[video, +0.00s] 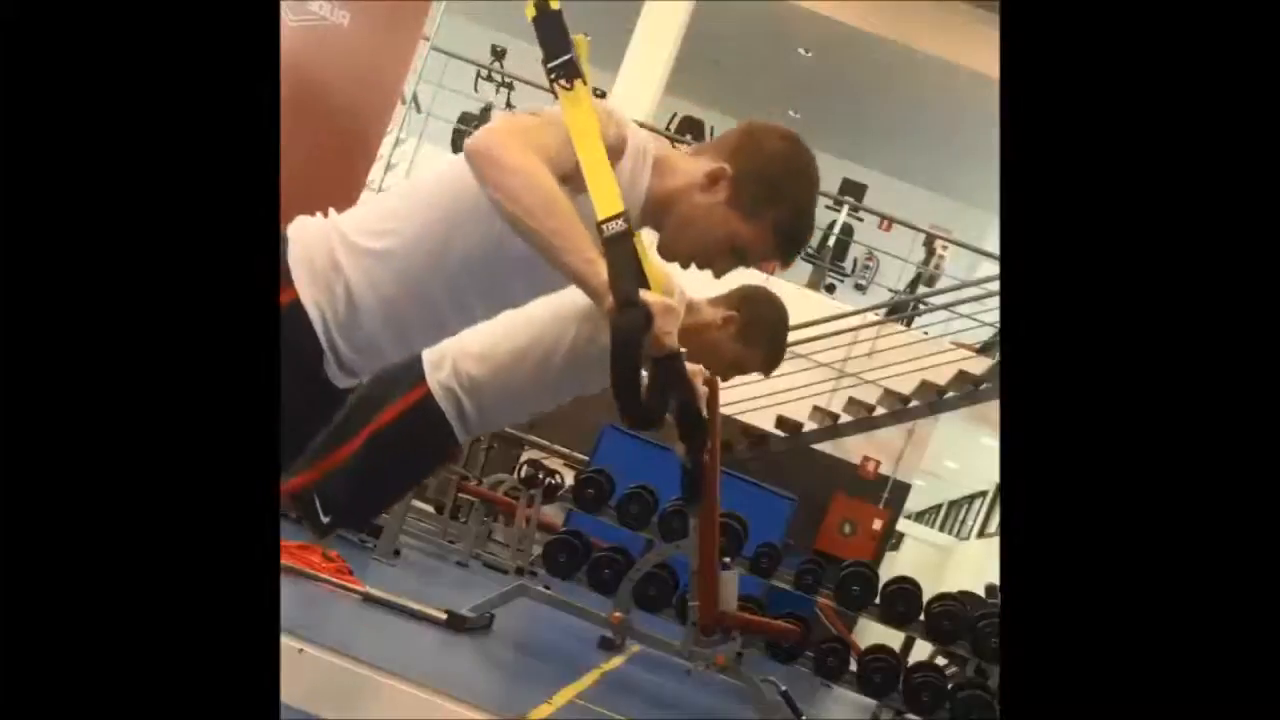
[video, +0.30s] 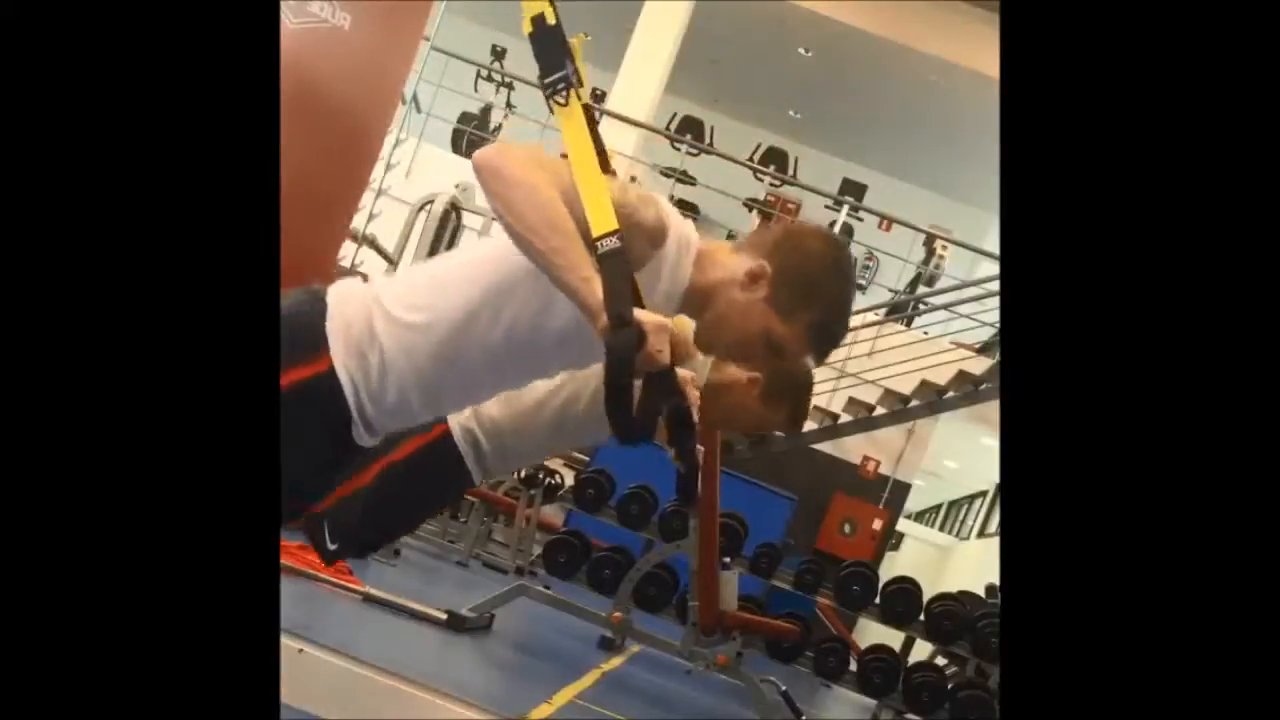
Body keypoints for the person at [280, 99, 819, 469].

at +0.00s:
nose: (719, 271)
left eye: (738, 264)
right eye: (736, 252)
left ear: (718, 177)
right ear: (720, 182)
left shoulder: (640, 242)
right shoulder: (611, 133)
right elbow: (496, 148)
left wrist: (670, 373)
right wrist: (610, 289)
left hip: (339, 371)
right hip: (299, 306)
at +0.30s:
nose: (750, 364)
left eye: (770, 363)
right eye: (768, 350)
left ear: (753, 277)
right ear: (755, 282)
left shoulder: (668, 309)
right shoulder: (651, 230)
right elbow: (503, 165)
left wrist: (653, 392)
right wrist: (615, 313)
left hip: (359, 427)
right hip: (321, 370)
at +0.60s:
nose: (754, 460)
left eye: (777, 459)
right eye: (775, 439)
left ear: (776, 363)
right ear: (775, 363)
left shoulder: (693, 411)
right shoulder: (672, 290)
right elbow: (529, 178)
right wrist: (615, 296)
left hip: (370, 468)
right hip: (340, 419)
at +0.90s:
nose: (756, 479)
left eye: (779, 476)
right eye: (777, 455)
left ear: (770, 372)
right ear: (774, 377)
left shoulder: (685, 416)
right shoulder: (673, 298)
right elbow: (534, 181)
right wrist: (623, 315)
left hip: (366, 466)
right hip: (335, 418)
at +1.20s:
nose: (731, 354)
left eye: (752, 354)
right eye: (750, 338)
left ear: (748, 258)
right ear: (748, 263)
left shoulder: (660, 305)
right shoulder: (647, 211)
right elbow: (511, 152)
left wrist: (666, 393)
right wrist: (612, 307)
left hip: (349, 414)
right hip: (311, 345)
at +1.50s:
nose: (714, 243)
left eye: (735, 237)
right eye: (732, 222)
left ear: (722, 142)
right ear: (721, 147)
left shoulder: (622, 213)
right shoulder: (603, 106)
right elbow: (497, 134)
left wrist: (667, 385)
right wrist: (593, 276)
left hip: (343, 352)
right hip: (298, 287)